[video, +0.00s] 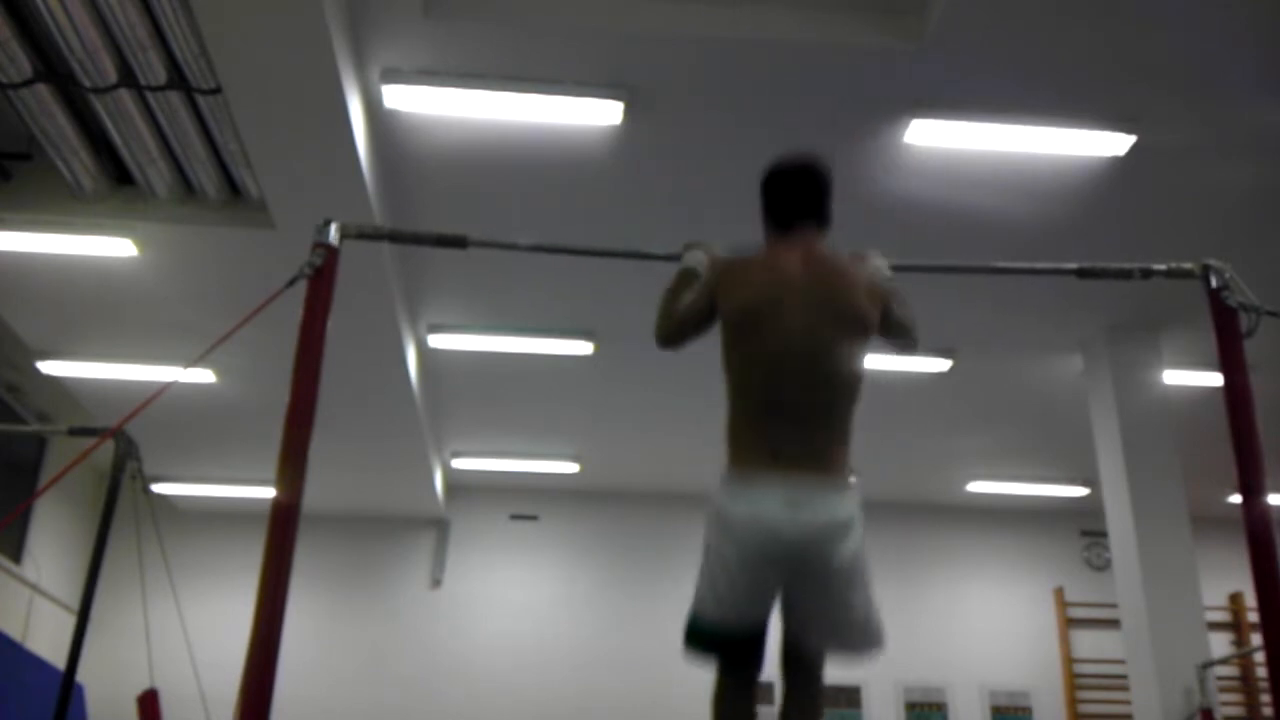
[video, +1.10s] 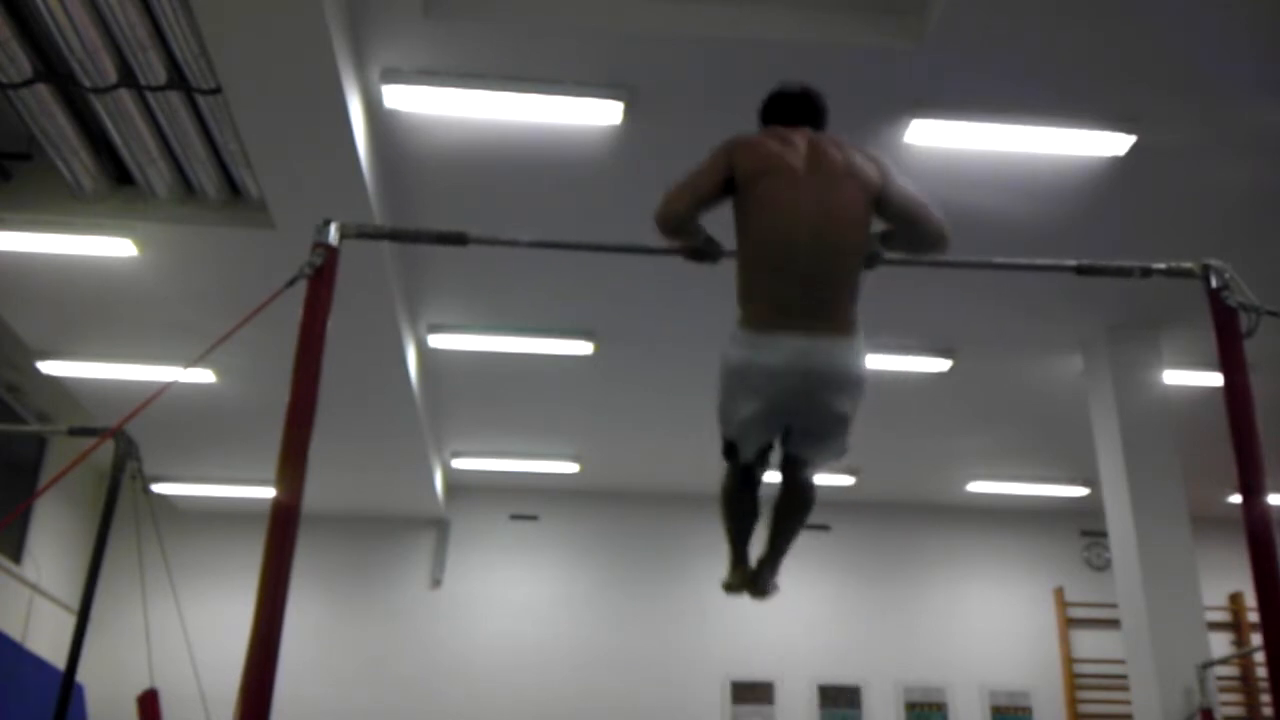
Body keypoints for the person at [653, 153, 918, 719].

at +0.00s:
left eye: (779, 209)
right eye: (812, 210)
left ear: (764, 213)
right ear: (827, 213)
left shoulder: (732, 278)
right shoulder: (852, 285)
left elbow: (670, 331)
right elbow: (905, 334)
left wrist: (690, 271)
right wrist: (880, 280)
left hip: (748, 505)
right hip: (824, 509)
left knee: (735, 674)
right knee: (806, 673)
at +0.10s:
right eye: (807, 282)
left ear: (761, 288)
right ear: (823, 292)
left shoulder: (731, 349)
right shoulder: (851, 361)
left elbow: (673, 344)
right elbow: (891, 348)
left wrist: (688, 278)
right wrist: (879, 285)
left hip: (738, 571)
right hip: (816, 574)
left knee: (711, 709)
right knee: (824, 713)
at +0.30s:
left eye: (760, 371)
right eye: (800, 369)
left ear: (752, 382)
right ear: (810, 382)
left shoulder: (727, 435)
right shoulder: (835, 441)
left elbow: (678, 358)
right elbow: (880, 363)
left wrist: (690, 276)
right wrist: (876, 286)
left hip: (726, 643)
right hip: (803, 645)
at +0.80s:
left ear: (785, 286)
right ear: (848, 292)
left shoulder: (752, 346)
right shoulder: (871, 364)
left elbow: (688, 344)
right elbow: (892, 339)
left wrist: (694, 275)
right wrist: (879, 285)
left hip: (755, 561)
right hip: (831, 568)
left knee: (729, 601)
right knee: (802, 623)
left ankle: (736, 618)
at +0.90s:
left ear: (789, 211)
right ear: (853, 214)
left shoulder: (759, 274)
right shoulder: (880, 285)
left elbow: (685, 309)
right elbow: (916, 328)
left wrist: (695, 260)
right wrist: (874, 272)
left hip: (763, 485)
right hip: (838, 491)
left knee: (738, 529)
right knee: (787, 539)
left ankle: (736, 557)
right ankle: (748, 559)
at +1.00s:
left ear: (781, 144)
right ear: (843, 146)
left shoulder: (753, 195)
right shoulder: (877, 210)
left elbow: (672, 270)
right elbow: (933, 283)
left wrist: (715, 242)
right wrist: (886, 241)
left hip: (757, 403)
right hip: (833, 409)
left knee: (738, 479)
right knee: (798, 486)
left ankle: (733, 552)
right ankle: (758, 560)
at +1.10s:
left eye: (769, 125)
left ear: (765, 122)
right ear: (824, 124)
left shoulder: (743, 152)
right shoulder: (861, 165)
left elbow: (671, 215)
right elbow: (931, 234)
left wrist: (703, 246)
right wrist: (874, 247)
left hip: (759, 352)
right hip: (834, 358)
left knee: (743, 464)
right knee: (800, 469)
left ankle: (739, 565)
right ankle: (768, 572)